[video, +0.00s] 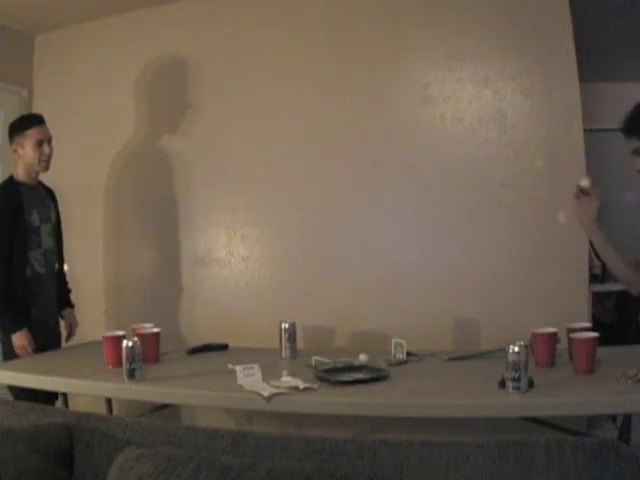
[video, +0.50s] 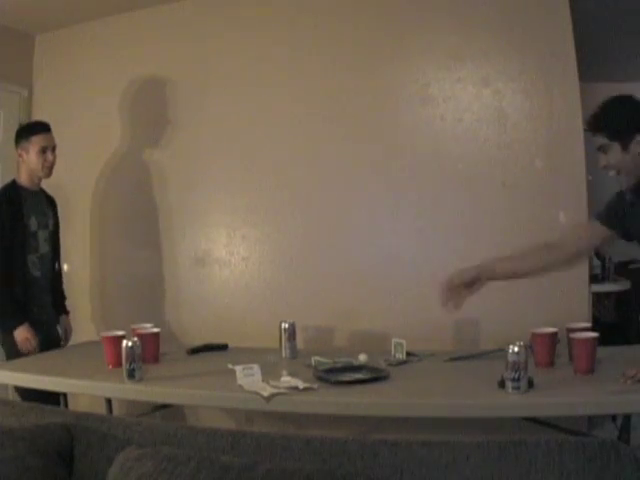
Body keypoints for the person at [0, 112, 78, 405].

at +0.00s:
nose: (47, 150)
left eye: (49, 142)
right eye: (39, 144)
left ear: (52, 144)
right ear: (17, 149)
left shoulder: (48, 196)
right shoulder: (5, 196)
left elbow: (55, 260)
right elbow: (4, 268)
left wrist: (66, 305)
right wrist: (13, 326)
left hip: (47, 313)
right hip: (16, 317)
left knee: (48, 398)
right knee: (26, 401)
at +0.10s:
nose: (48, 152)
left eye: (50, 144)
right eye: (40, 146)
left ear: (53, 146)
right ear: (18, 151)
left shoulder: (48, 198)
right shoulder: (5, 198)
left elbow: (55, 261)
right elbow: (4, 268)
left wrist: (68, 306)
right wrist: (12, 325)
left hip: (46, 313)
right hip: (16, 317)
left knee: (49, 397)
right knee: (28, 401)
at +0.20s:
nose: (50, 156)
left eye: (51, 148)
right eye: (41, 149)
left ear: (54, 150)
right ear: (20, 155)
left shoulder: (47, 201)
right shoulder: (5, 201)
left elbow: (54, 264)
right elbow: (4, 270)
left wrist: (68, 309)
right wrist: (12, 327)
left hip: (46, 318)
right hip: (17, 321)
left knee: (55, 403)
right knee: (31, 406)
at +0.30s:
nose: (51, 160)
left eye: (52, 152)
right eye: (43, 153)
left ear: (55, 154)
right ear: (21, 156)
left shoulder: (47, 205)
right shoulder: (5, 203)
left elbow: (53, 267)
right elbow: (3, 273)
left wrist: (63, 312)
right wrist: (12, 329)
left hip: (46, 318)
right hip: (17, 321)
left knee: (56, 403)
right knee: (33, 405)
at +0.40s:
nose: (51, 159)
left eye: (52, 151)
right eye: (43, 151)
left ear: (55, 153)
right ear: (21, 155)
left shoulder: (47, 204)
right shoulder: (5, 201)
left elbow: (53, 264)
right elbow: (3, 269)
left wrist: (60, 312)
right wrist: (14, 327)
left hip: (45, 315)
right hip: (17, 319)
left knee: (56, 401)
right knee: (34, 403)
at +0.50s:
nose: (51, 158)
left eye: (53, 150)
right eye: (43, 151)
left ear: (55, 153)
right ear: (21, 154)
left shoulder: (48, 203)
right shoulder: (5, 201)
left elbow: (53, 264)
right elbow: (4, 269)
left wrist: (62, 310)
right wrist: (15, 323)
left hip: (46, 315)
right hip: (16, 319)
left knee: (56, 402)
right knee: (35, 405)